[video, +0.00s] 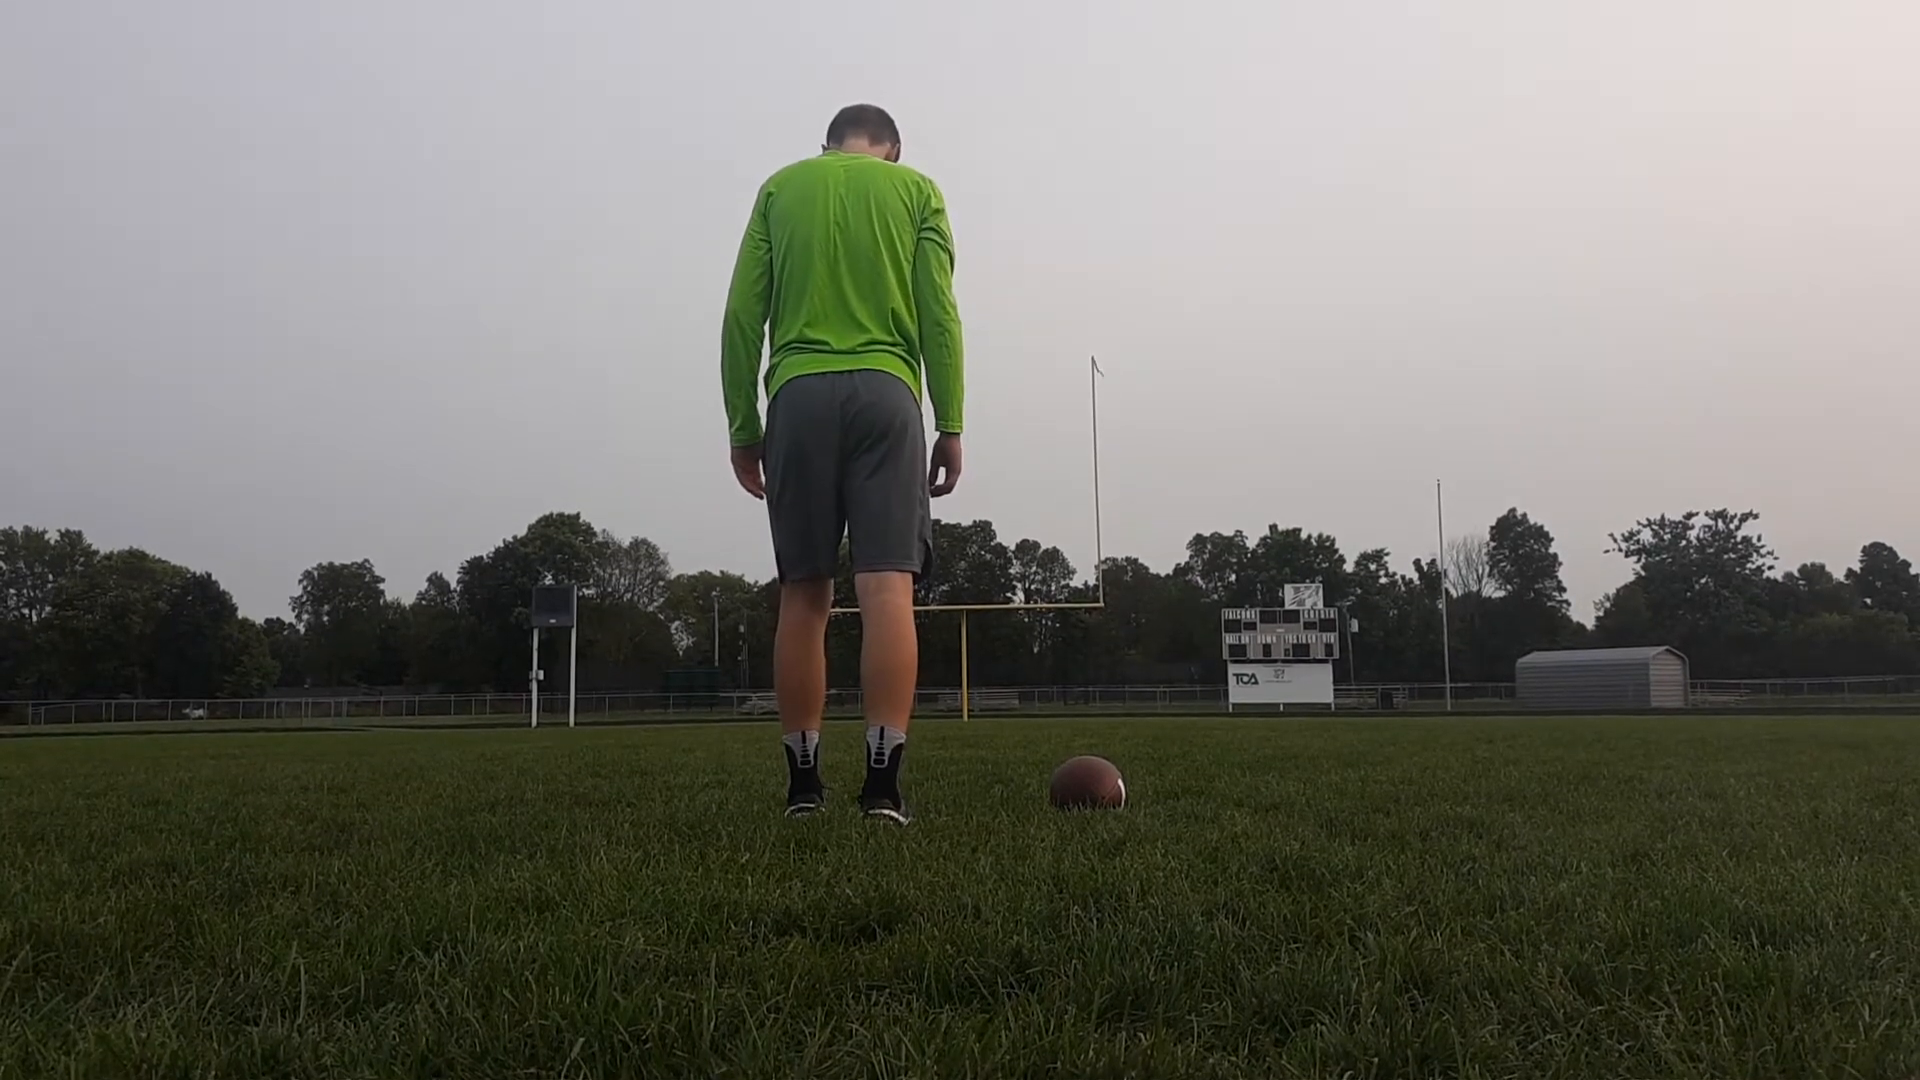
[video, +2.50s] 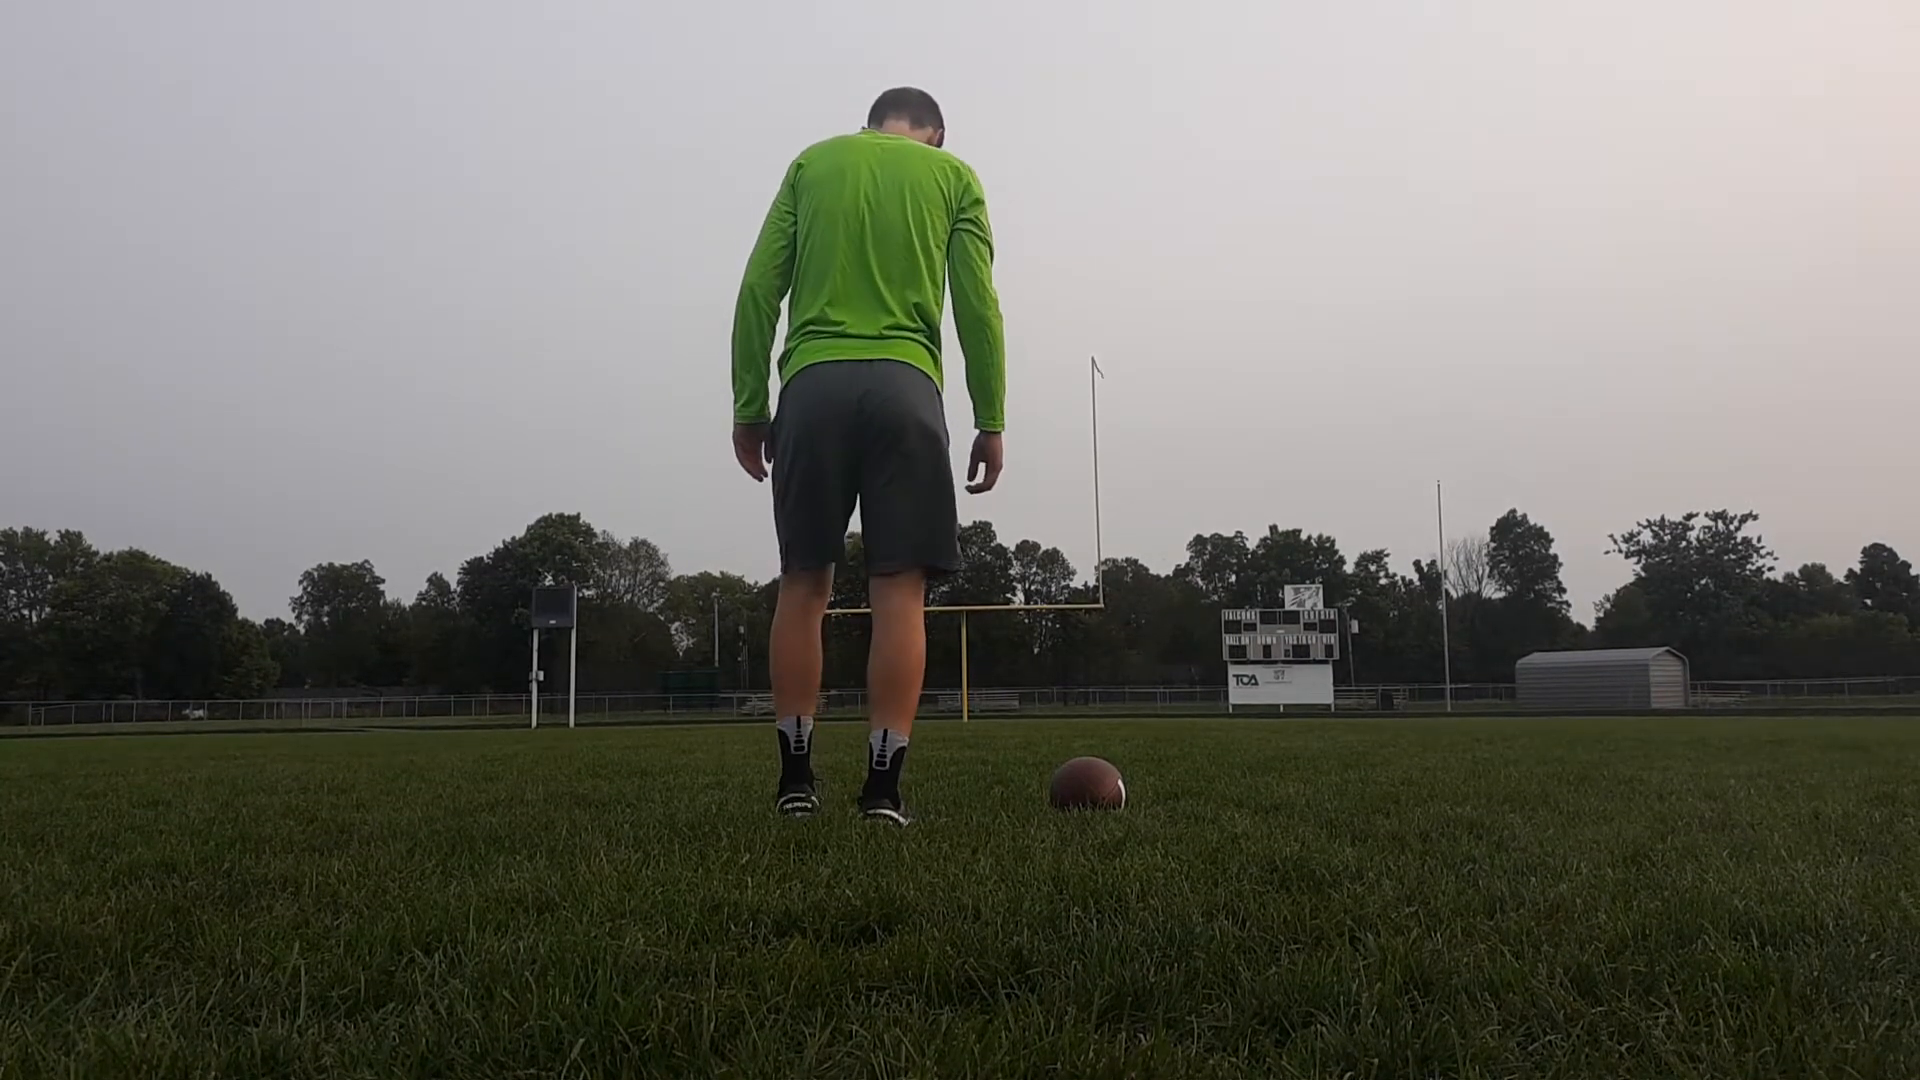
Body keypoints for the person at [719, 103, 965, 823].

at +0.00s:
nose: (894, 164)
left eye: (886, 155)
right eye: (896, 154)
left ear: (827, 142)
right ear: (891, 146)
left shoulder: (780, 186)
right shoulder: (914, 187)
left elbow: (743, 310)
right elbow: (937, 306)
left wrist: (743, 428)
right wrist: (950, 424)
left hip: (798, 396)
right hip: (885, 394)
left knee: (803, 591)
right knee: (886, 589)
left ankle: (803, 784)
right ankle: (882, 787)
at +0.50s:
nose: (900, 173)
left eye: (896, 164)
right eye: (902, 162)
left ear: (834, 145)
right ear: (895, 151)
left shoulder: (782, 189)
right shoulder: (917, 193)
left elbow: (743, 315)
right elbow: (939, 313)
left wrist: (743, 427)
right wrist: (952, 426)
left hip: (799, 397)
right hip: (885, 396)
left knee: (803, 596)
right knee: (885, 592)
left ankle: (803, 785)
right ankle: (882, 790)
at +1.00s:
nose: (907, 176)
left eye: (901, 165)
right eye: (908, 166)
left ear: (841, 148)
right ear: (902, 155)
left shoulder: (787, 187)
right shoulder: (923, 193)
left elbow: (745, 311)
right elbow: (943, 313)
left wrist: (743, 427)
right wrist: (955, 429)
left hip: (801, 396)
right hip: (888, 394)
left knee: (804, 595)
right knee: (890, 591)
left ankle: (804, 787)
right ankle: (883, 792)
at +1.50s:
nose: (910, 174)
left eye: (905, 164)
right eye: (911, 164)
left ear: (844, 145)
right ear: (904, 152)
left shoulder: (790, 184)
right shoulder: (925, 192)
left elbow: (749, 310)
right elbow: (945, 314)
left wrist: (748, 425)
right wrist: (956, 428)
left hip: (804, 395)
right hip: (891, 394)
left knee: (805, 595)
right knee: (888, 591)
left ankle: (804, 785)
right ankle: (883, 791)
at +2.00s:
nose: (910, 170)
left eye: (905, 161)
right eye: (912, 160)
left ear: (843, 141)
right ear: (906, 148)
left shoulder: (792, 184)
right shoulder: (927, 191)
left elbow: (751, 310)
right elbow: (947, 313)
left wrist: (751, 426)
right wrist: (957, 427)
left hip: (807, 397)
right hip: (893, 397)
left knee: (806, 593)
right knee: (889, 591)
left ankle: (805, 787)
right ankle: (882, 792)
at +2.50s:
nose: (938, 156)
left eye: (933, 146)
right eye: (941, 145)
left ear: (871, 121)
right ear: (932, 132)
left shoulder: (812, 162)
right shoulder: (952, 174)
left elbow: (759, 287)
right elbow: (977, 300)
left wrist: (749, 408)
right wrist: (991, 420)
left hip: (814, 387)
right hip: (907, 390)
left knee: (802, 584)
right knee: (900, 590)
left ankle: (795, 781)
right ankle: (883, 792)